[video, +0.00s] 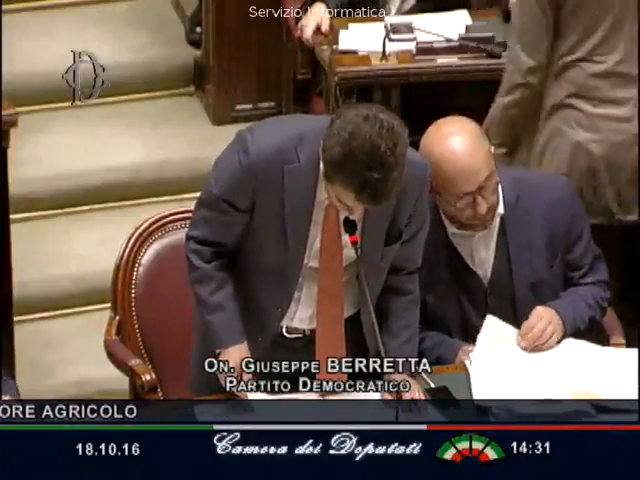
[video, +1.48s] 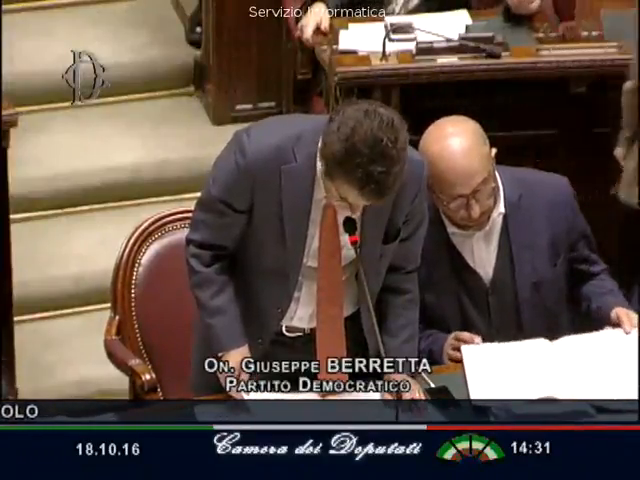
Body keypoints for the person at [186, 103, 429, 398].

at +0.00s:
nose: (354, 214)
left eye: (366, 205)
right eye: (344, 202)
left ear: (395, 176)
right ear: (324, 162)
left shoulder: (411, 178)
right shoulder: (257, 158)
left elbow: (404, 276)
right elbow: (205, 246)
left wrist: (401, 367)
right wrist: (230, 342)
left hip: (351, 335)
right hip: (263, 339)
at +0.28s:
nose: (353, 214)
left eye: (366, 205)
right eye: (343, 201)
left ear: (396, 177)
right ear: (325, 162)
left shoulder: (410, 179)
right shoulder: (257, 157)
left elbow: (404, 276)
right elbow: (206, 245)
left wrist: (401, 366)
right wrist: (230, 341)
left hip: (350, 337)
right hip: (263, 340)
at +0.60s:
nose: (352, 213)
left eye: (366, 205)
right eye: (342, 200)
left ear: (394, 176)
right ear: (324, 161)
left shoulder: (410, 176)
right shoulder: (256, 156)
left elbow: (403, 276)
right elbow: (206, 247)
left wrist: (401, 366)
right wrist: (231, 342)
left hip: (351, 336)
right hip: (264, 340)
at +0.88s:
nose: (353, 213)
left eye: (366, 204)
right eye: (342, 199)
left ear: (393, 175)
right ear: (324, 161)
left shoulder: (410, 176)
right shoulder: (256, 156)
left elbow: (403, 276)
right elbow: (206, 248)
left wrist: (401, 366)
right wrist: (232, 342)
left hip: (351, 335)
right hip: (264, 339)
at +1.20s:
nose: (352, 213)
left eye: (366, 204)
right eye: (342, 200)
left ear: (393, 174)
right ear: (323, 162)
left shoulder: (409, 176)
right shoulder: (255, 157)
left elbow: (402, 276)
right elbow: (206, 250)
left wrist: (401, 366)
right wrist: (231, 343)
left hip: (351, 336)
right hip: (265, 339)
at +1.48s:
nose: (354, 212)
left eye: (367, 204)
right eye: (344, 199)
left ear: (395, 174)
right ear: (324, 159)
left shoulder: (409, 175)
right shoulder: (255, 157)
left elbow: (402, 276)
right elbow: (206, 251)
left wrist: (400, 366)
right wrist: (231, 344)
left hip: (350, 337)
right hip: (263, 341)